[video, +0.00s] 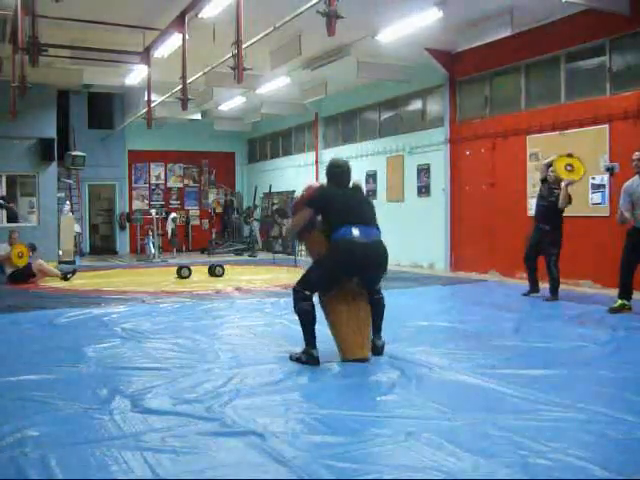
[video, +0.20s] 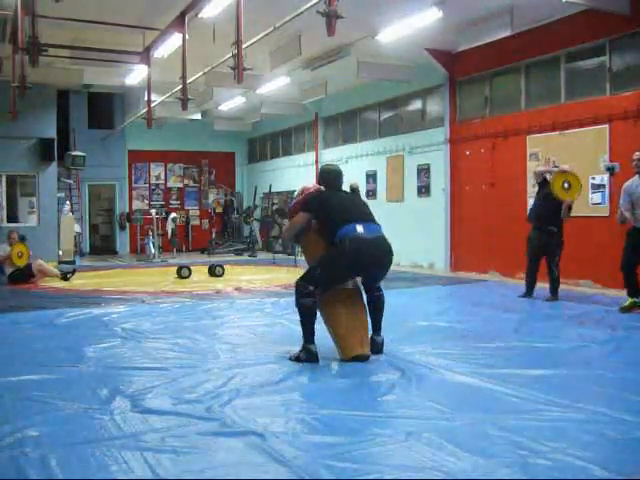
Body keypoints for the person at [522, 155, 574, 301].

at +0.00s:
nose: (551, 174)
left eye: (554, 171)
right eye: (549, 171)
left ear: (560, 174)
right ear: (547, 173)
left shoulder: (563, 192)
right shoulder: (545, 183)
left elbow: (562, 204)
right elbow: (543, 166)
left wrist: (564, 186)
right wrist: (560, 157)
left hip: (553, 228)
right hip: (540, 225)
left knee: (552, 261)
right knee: (529, 256)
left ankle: (554, 292)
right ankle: (533, 286)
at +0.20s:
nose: (561, 182)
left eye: (564, 181)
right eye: (559, 179)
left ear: (566, 184)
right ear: (555, 179)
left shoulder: (565, 196)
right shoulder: (544, 186)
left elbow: (564, 216)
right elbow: (538, 172)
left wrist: (566, 205)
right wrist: (556, 170)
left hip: (553, 230)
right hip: (537, 227)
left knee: (553, 263)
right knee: (532, 262)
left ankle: (554, 293)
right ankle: (528, 290)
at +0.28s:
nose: (556, 177)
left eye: (559, 174)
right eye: (554, 174)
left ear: (564, 177)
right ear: (550, 177)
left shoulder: (564, 194)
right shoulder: (542, 191)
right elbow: (531, 182)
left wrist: (569, 215)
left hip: (553, 232)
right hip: (537, 231)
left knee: (552, 264)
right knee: (533, 264)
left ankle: (553, 293)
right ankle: (529, 291)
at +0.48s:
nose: (556, 176)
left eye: (559, 174)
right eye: (553, 174)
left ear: (562, 178)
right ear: (549, 177)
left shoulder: (564, 197)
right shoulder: (540, 192)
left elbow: (570, 214)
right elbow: (529, 205)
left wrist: (568, 220)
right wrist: (545, 205)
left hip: (554, 235)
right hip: (537, 233)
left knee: (552, 265)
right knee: (532, 264)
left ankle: (553, 294)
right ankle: (528, 291)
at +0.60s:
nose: (555, 177)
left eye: (557, 174)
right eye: (552, 174)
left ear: (561, 177)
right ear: (548, 178)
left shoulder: (567, 199)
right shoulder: (539, 194)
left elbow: (568, 218)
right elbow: (529, 209)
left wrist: (568, 225)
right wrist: (540, 213)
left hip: (556, 235)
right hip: (538, 233)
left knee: (553, 265)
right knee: (532, 264)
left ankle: (554, 293)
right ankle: (529, 291)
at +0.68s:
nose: (553, 177)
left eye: (556, 174)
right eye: (550, 175)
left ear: (560, 177)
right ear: (546, 178)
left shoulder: (567, 199)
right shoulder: (538, 194)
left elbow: (570, 217)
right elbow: (529, 209)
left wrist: (567, 226)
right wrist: (536, 217)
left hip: (557, 236)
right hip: (539, 234)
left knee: (555, 267)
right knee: (532, 264)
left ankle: (554, 293)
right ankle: (529, 291)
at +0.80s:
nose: (550, 178)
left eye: (553, 175)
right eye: (547, 175)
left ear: (558, 178)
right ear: (544, 178)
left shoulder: (565, 198)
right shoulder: (537, 194)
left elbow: (571, 215)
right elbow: (530, 209)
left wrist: (565, 225)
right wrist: (533, 218)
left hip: (557, 234)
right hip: (539, 233)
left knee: (555, 265)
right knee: (533, 262)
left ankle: (554, 293)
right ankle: (534, 289)